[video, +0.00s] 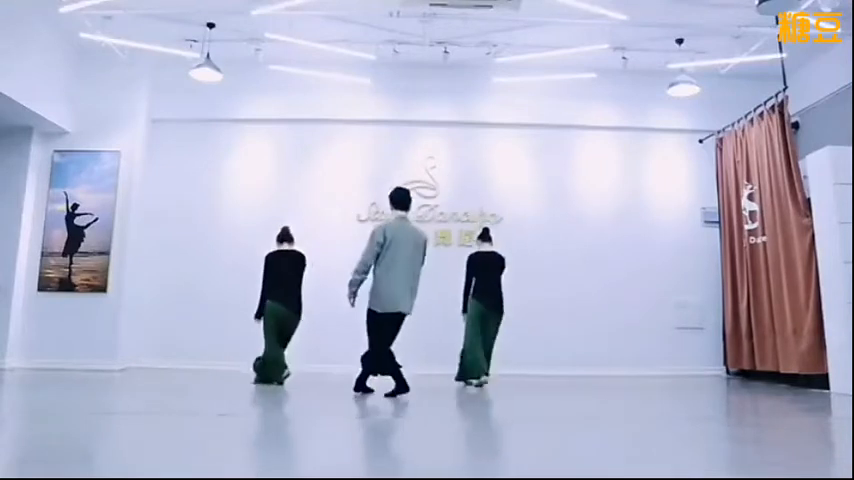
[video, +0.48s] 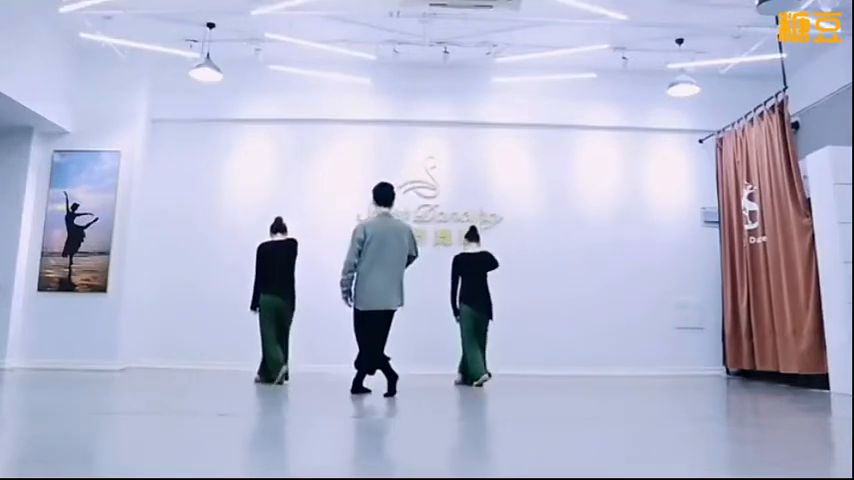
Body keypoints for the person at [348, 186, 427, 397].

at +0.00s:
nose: (392, 205)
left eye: (391, 201)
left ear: (391, 203)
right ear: (410, 205)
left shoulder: (383, 230)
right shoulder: (420, 236)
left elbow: (367, 261)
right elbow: (418, 267)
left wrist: (354, 285)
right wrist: (409, 293)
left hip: (381, 298)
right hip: (406, 300)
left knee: (378, 345)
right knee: (382, 344)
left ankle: (400, 381)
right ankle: (362, 379)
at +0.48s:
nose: (377, 202)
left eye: (374, 198)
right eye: (386, 197)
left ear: (373, 200)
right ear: (393, 200)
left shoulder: (364, 228)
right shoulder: (404, 229)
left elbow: (351, 261)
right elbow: (413, 254)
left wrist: (345, 286)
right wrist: (396, 268)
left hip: (366, 295)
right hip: (391, 295)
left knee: (366, 342)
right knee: (376, 342)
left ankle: (389, 373)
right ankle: (358, 380)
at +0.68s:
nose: (377, 199)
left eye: (374, 195)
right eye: (385, 195)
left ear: (371, 197)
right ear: (390, 198)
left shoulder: (362, 226)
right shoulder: (402, 227)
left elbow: (348, 259)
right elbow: (414, 242)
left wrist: (344, 284)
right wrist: (395, 249)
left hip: (364, 292)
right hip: (390, 293)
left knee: (365, 341)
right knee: (375, 340)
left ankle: (389, 373)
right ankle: (358, 380)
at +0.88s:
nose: (376, 198)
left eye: (372, 195)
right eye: (384, 195)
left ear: (369, 197)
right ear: (389, 197)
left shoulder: (360, 226)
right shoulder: (400, 225)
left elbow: (346, 258)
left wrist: (341, 284)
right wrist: (405, 285)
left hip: (363, 291)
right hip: (387, 291)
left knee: (365, 340)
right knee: (374, 340)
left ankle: (388, 373)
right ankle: (358, 381)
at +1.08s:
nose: (379, 199)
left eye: (371, 195)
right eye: (383, 195)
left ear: (367, 197)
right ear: (387, 198)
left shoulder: (358, 226)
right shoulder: (395, 224)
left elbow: (344, 258)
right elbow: (409, 219)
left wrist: (339, 284)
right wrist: (398, 203)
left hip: (361, 291)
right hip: (385, 291)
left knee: (364, 340)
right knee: (374, 339)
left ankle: (387, 372)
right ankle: (358, 380)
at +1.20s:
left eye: (370, 194)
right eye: (383, 194)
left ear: (367, 197)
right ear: (387, 198)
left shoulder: (357, 226)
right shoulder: (392, 225)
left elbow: (344, 258)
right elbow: (399, 220)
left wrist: (339, 283)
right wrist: (398, 204)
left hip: (361, 290)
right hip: (384, 290)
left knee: (364, 339)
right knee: (374, 339)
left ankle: (387, 373)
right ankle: (358, 380)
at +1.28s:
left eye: (369, 194)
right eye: (382, 194)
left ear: (367, 197)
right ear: (386, 199)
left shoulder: (357, 226)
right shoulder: (391, 225)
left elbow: (345, 258)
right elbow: (395, 219)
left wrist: (339, 283)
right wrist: (395, 204)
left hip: (361, 289)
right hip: (385, 289)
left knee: (364, 339)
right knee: (374, 338)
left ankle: (387, 373)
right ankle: (358, 380)